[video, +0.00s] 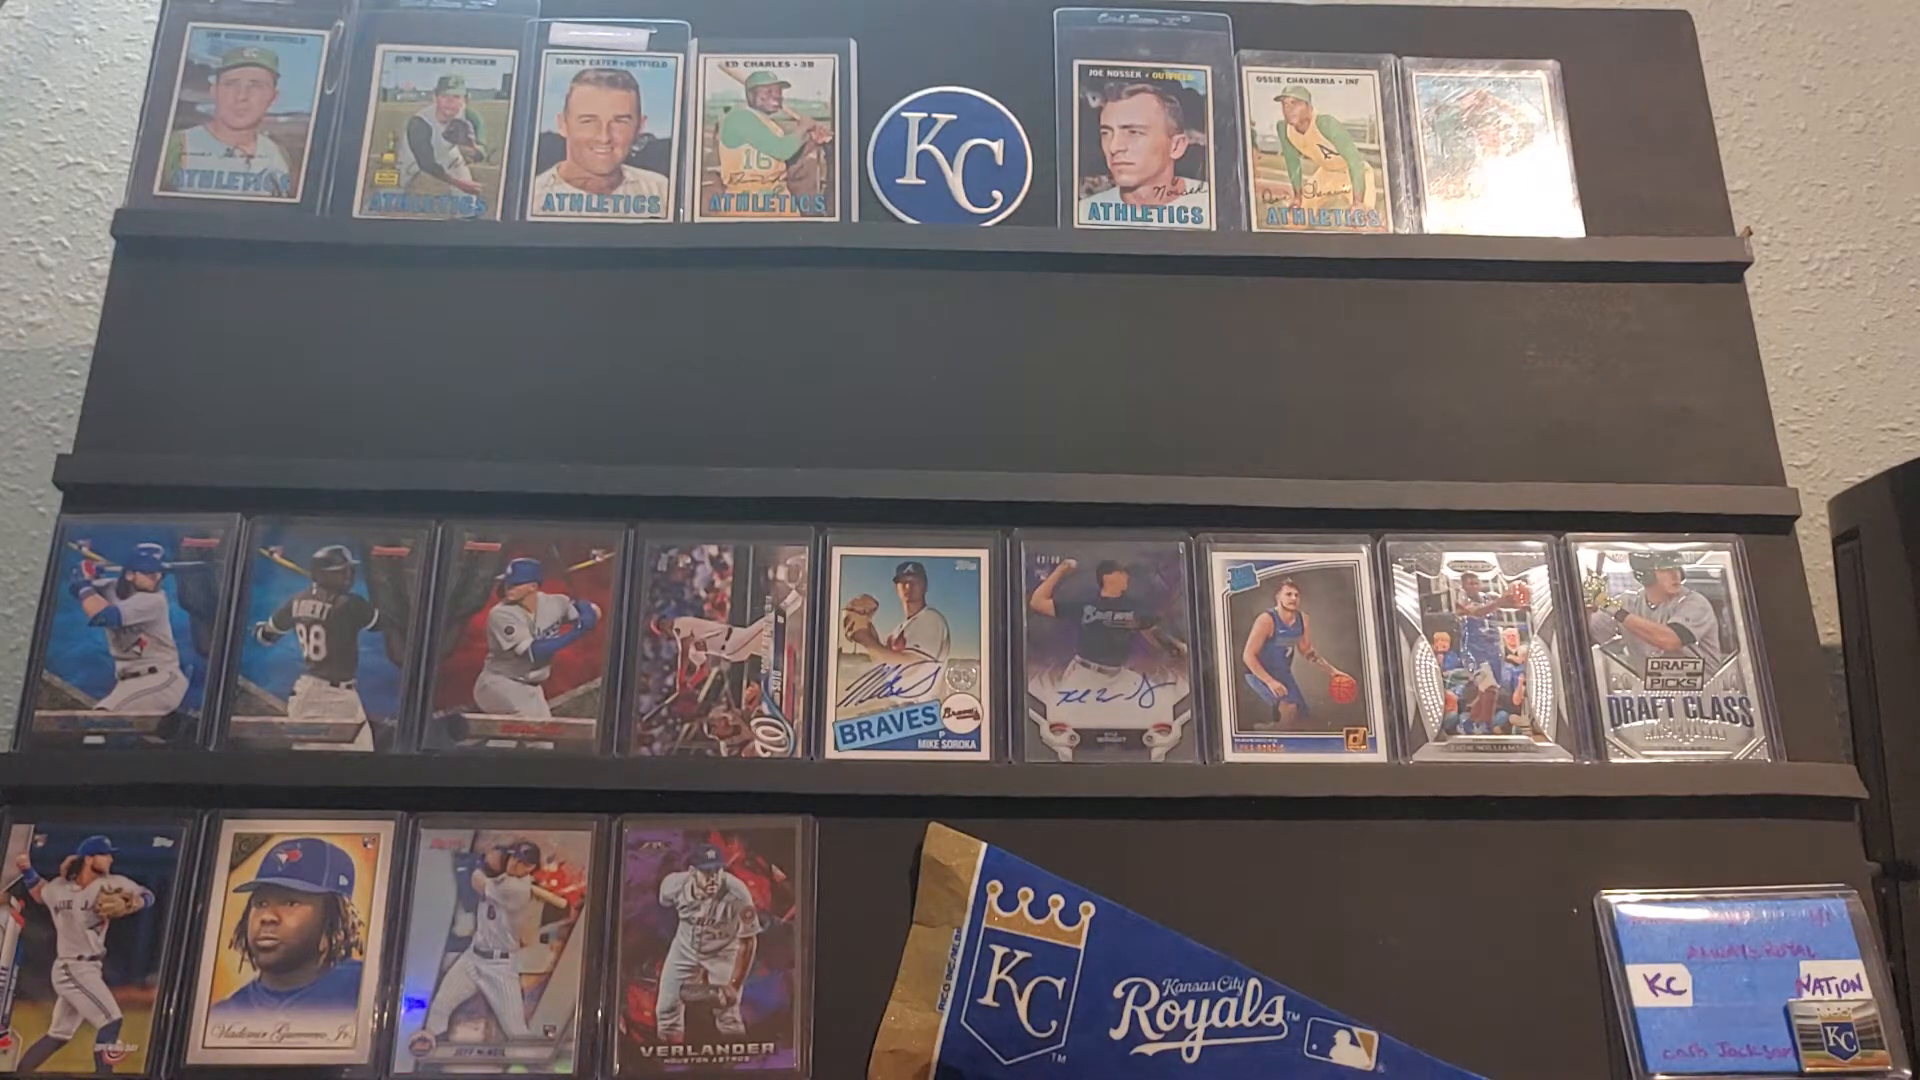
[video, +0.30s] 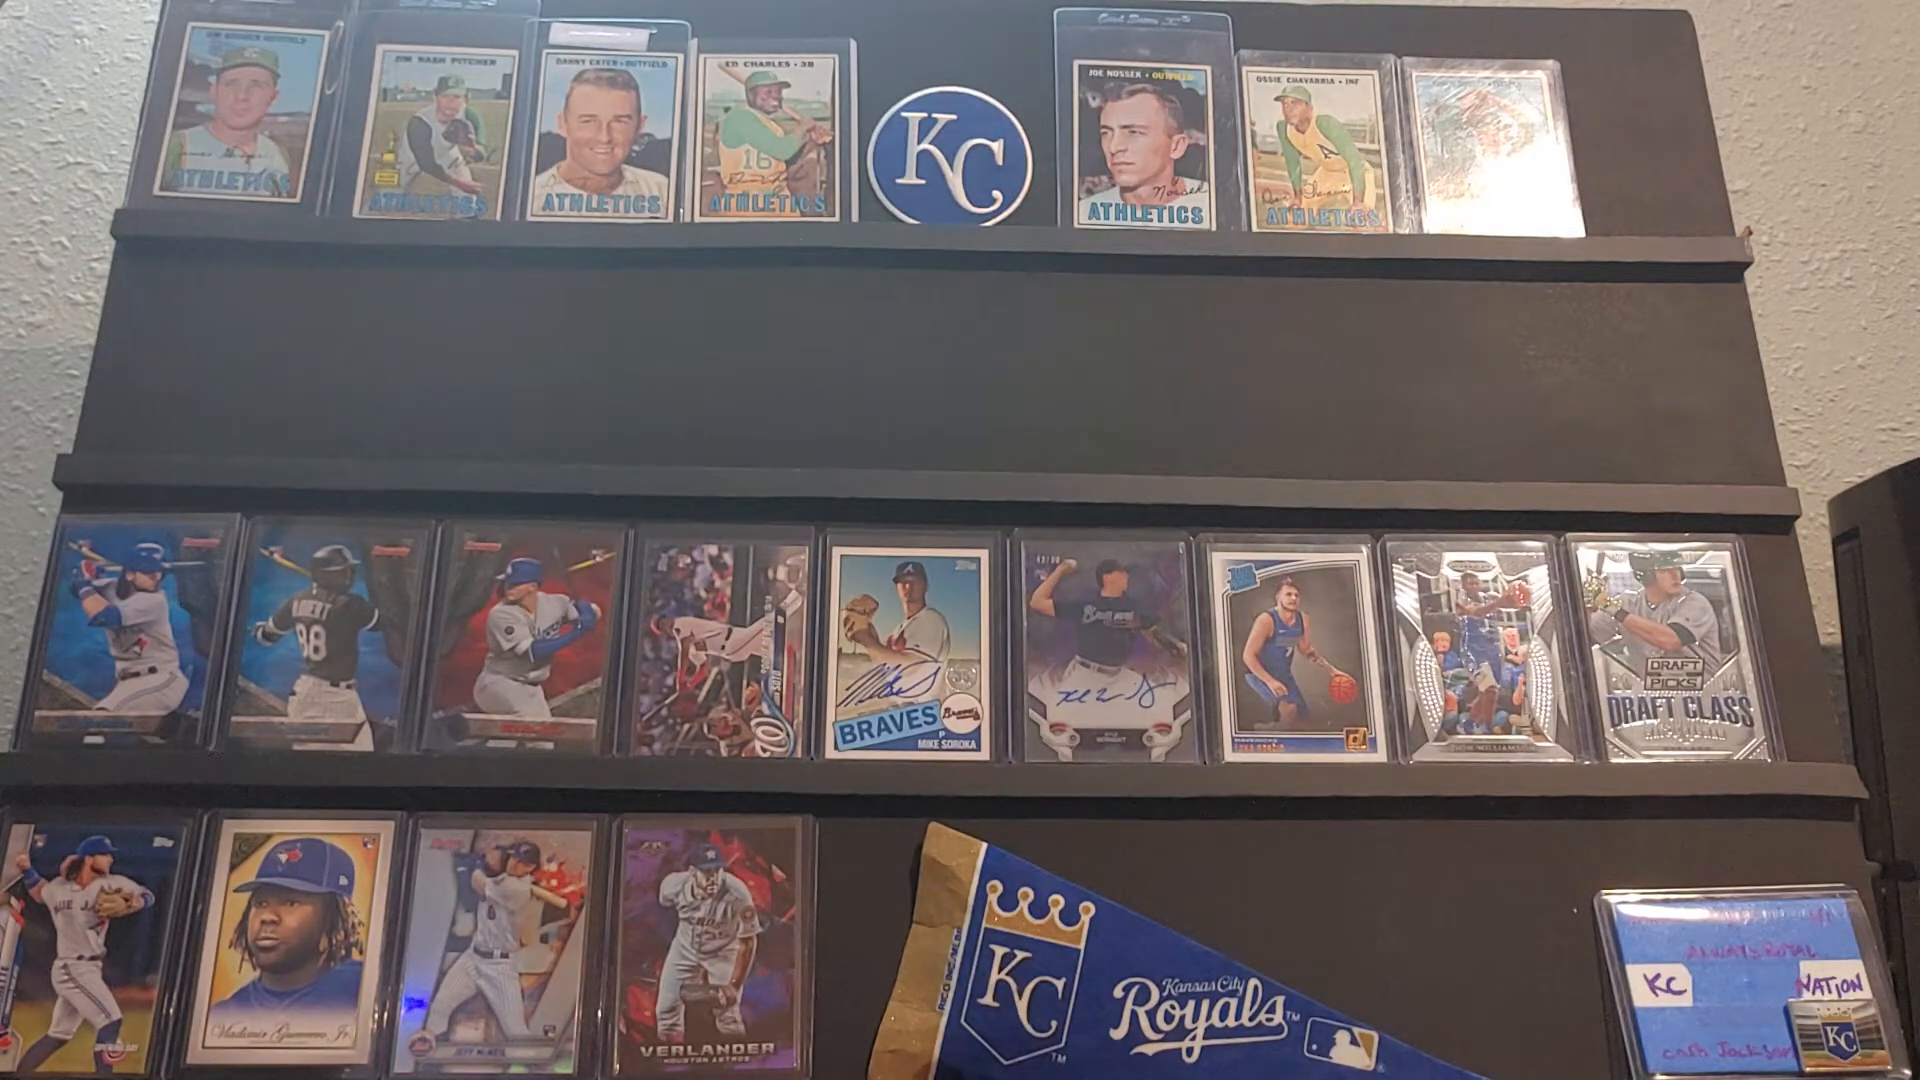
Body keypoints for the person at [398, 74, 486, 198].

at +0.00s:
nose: (450, 101)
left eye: (456, 97)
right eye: (445, 96)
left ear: (464, 100)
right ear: (436, 98)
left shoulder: (470, 117)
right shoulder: (419, 123)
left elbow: (481, 153)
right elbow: (427, 165)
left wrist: (469, 149)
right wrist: (461, 185)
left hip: (454, 164)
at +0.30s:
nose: (451, 102)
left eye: (457, 97)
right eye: (446, 96)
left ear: (465, 100)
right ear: (436, 98)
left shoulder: (469, 116)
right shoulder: (419, 123)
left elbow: (481, 154)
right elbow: (427, 165)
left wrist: (470, 150)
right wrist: (461, 185)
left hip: (453, 163)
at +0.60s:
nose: (451, 102)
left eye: (457, 97)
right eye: (446, 96)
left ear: (464, 100)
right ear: (436, 98)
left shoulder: (469, 115)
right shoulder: (419, 123)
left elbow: (480, 154)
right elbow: (427, 165)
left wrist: (469, 149)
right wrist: (461, 185)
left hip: (454, 165)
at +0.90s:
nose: (451, 102)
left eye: (457, 97)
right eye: (446, 96)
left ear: (464, 100)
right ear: (436, 98)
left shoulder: (469, 115)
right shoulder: (419, 123)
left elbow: (481, 154)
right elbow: (427, 165)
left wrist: (469, 149)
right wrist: (461, 185)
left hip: (454, 165)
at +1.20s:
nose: (451, 102)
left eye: (457, 97)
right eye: (446, 96)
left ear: (464, 100)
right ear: (436, 98)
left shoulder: (469, 115)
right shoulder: (419, 123)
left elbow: (481, 154)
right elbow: (427, 165)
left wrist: (469, 150)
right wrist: (461, 185)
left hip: (454, 164)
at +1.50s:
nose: (451, 102)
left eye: (457, 97)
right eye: (446, 96)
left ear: (464, 100)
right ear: (436, 98)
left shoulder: (470, 115)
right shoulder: (419, 123)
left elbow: (480, 154)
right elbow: (427, 165)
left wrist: (469, 150)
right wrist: (461, 185)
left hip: (454, 165)